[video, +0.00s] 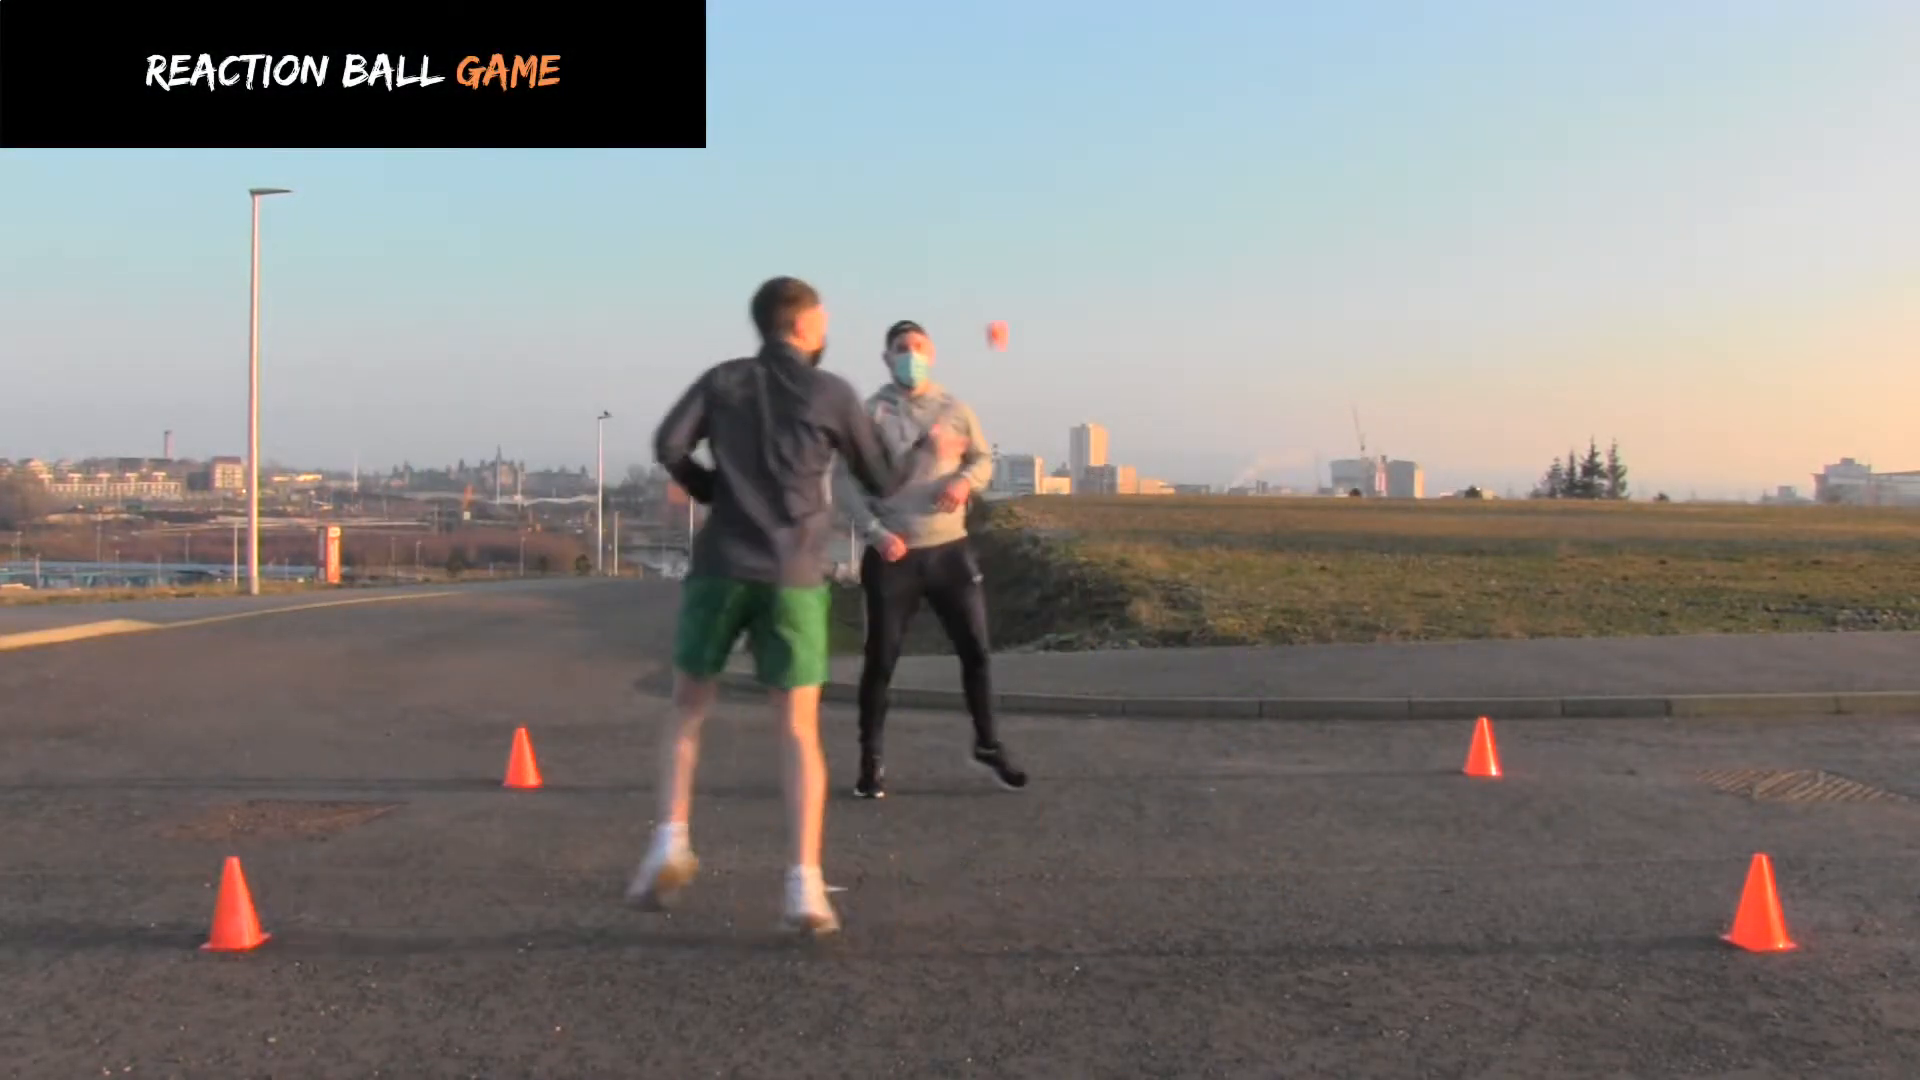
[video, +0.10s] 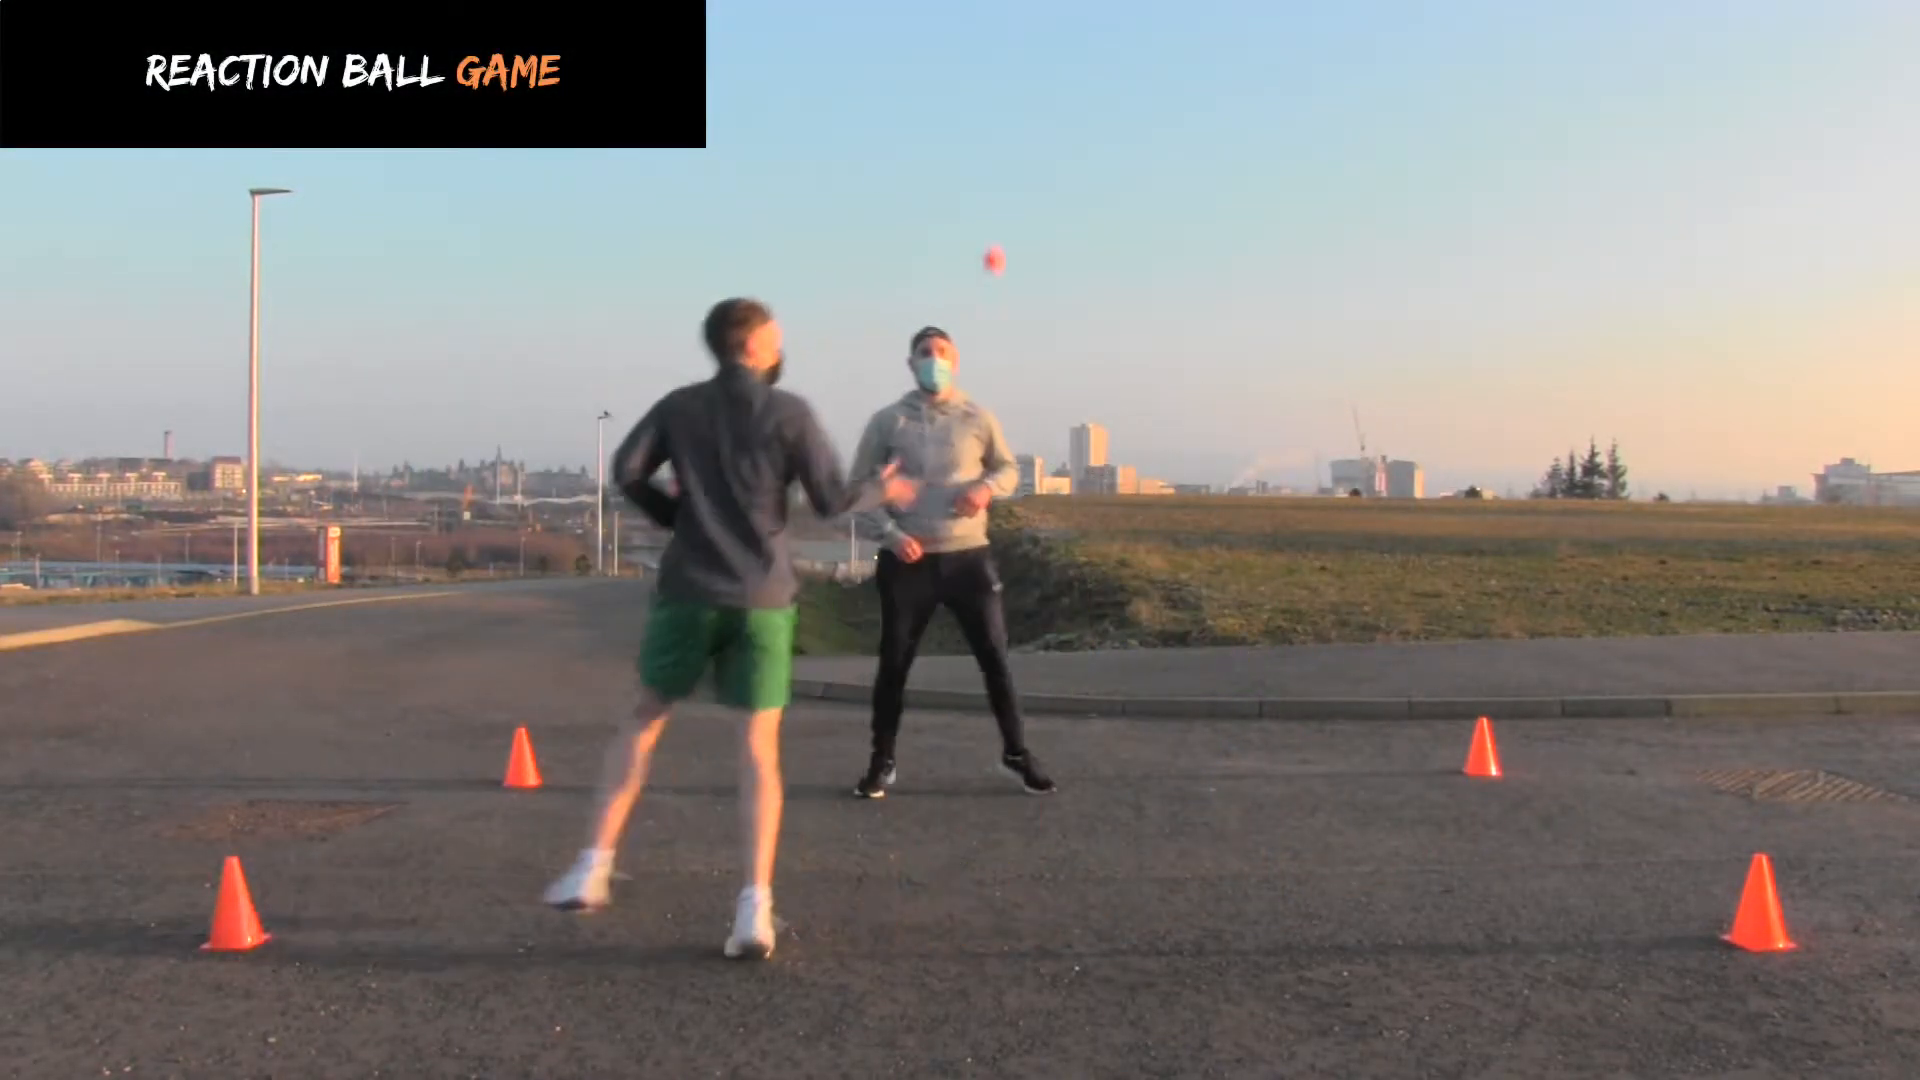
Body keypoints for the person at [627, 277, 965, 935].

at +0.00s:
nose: (825, 324)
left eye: (819, 313)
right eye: (819, 313)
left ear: (766, 324)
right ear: (802, 323)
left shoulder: (722, 381)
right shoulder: (832, 394)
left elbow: (668, 449)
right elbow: (883, 480)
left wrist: (716, 490)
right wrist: (930, 444)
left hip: (719, 569)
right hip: (796, 577)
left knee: (688, 708)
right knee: (800, 728)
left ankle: (671, 838)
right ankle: (806, 880)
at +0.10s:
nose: (780, 341)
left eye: (775, 329)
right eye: (772, 331)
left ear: (720, 345)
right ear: (752, 342)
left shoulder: (679, 406)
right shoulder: (789, 412)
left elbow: (628, 477)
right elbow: (833, 500)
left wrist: (677, 518)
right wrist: (879, 487)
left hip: (685, 590)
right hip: (762, 599)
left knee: (643, 722)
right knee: (760, 748)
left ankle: (594, 865)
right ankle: (755, 909)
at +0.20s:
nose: (712, 380)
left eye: (706, 369)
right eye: (704, 371)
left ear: (655, 388)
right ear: (684, 384)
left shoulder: (619, 450)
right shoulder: (718, 450)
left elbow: (574, 527)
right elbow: (737, 545)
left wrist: (632, 551)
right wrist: (797, 564)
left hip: (626, 631)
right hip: (701, 636)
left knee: (576, 759)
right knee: (723, 781)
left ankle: (497, 886)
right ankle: (743, 925)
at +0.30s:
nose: (678, 392)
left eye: (674, 381)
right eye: (669, 383)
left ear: (618, 392)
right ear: (643, 390)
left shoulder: (574, 451)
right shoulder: (669, 455)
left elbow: (544, 537)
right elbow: (672, 543)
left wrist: (605, 553)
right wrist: (743, 579)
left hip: (574, 631)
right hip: (647, 634)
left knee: (543, 760)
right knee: (687, 771)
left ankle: (480, 892)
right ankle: (728, 905)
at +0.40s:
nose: (641, 360)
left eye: (638, 348)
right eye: (633, 349)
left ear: (586, 357)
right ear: (606, 355)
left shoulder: (542, 414)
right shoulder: (620, 417)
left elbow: (505, 490)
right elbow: (616, 503)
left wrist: (566, 510)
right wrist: (685, 544)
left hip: (532, 598)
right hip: (597, 601)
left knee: (522, 735)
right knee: (638, 733)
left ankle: (477, 875)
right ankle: (618, 855)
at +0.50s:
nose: (627, 342)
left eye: (626, 331)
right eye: (621, 331)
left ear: (572, 332)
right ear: (594, 331)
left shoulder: (527, 389)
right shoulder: (600, 391)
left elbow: (486, 463)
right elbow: (594, 476)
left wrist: (547, 491)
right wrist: (659, 527)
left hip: (515, 570)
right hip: (576, 573)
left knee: (521, 706)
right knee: (607, 708)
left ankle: (469, 831)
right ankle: (542, 844)